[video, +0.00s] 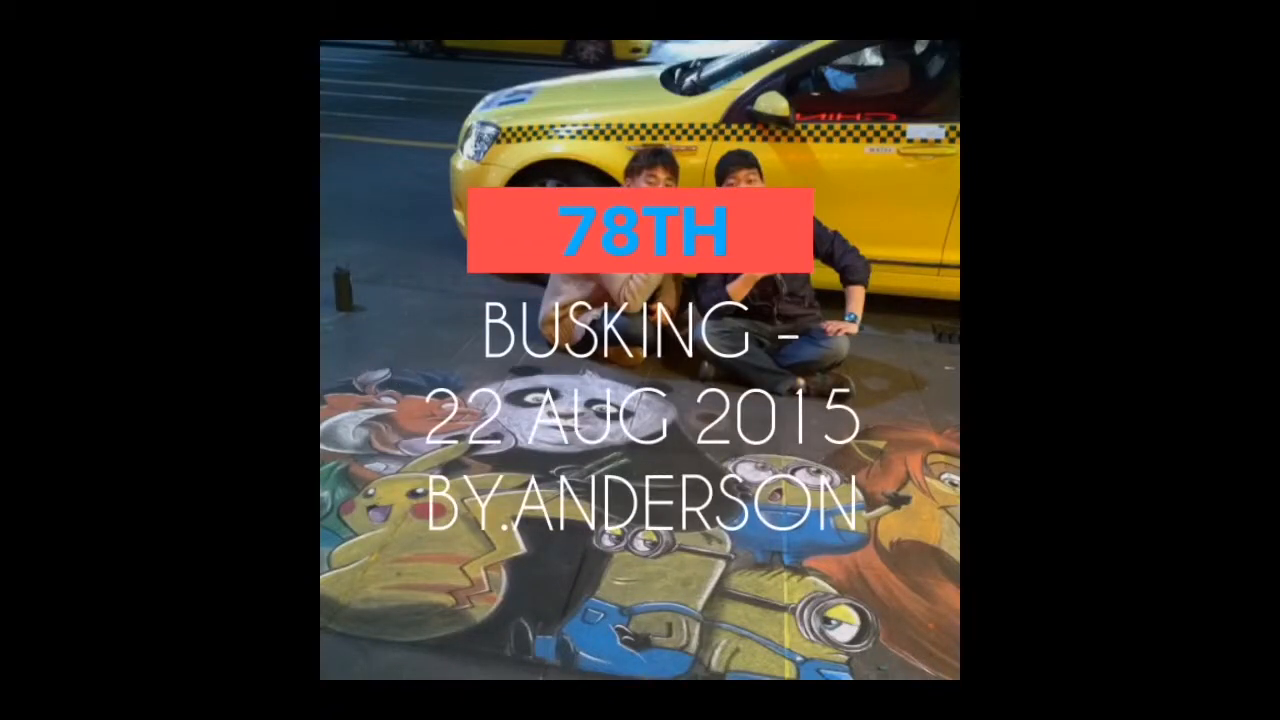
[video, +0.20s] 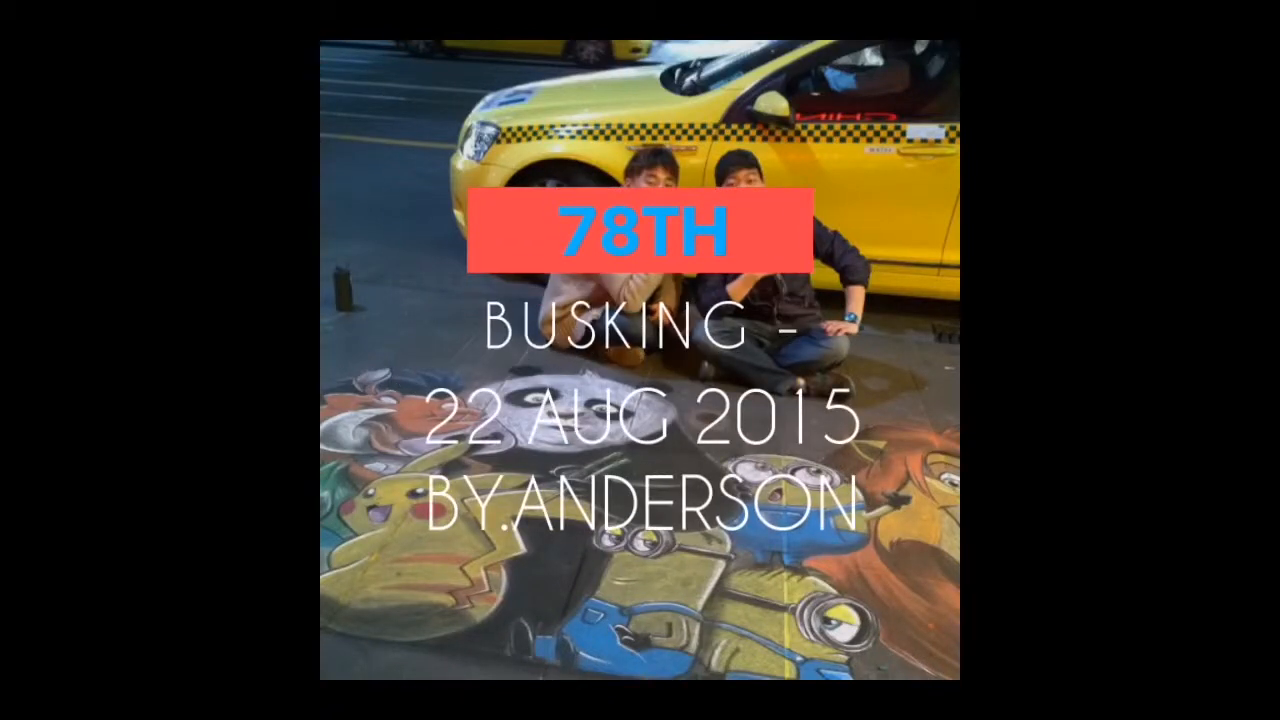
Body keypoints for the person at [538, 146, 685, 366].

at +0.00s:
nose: (659, 191)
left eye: (668, 184)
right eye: (651, 181)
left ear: (675, 190)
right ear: (629, 182)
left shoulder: (656, 224)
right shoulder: (604, 222)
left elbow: (669, 278)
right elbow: (629, 300)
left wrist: (665, 305)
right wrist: (664, 249)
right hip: (566, 319)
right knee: (639, 327)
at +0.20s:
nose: (659, 191)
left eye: (668, 184)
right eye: (651, 181)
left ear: (675, 189)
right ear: (629, 182)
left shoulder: (657, 223)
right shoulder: (604, 222)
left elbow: (669, 278)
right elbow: (629, 300)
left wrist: (665, 304)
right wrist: (664, 248)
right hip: (565, 318)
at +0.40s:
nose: (660, 193)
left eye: (667, 185)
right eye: (650, 183)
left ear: (675, 191)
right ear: (629, 185)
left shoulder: (656, 218)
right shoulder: (605, 228)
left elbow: (670, 267)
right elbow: (629, 301)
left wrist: (664, 305)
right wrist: (658, 250)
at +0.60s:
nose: (660, 193)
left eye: (668, 186)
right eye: (651, 183)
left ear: (675, 192)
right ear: (629, 184)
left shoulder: (655, 222)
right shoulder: (606, 227)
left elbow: (670, 270)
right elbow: (629, 302)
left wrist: (665, 305)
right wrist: (658, 252)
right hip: (570, 317)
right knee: (640, 327)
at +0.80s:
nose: (660, 193)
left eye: (668, 185)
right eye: (651, 183)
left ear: (675, 191)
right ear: (629, 185)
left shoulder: (655, 219)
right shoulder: (605, 228)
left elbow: (670, 269)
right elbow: (629, 300)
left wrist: (662, 306)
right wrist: (658, 251)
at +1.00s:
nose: (660, 193)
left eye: (668, 185)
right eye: (651, 183)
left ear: (675, 192)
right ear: (629, 184)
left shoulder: (656, 219)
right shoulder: (605, 228)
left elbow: (670, 267)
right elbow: (628, 301)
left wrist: (664, 305)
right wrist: (658, 251)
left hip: (610, 305)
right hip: (570, 306)